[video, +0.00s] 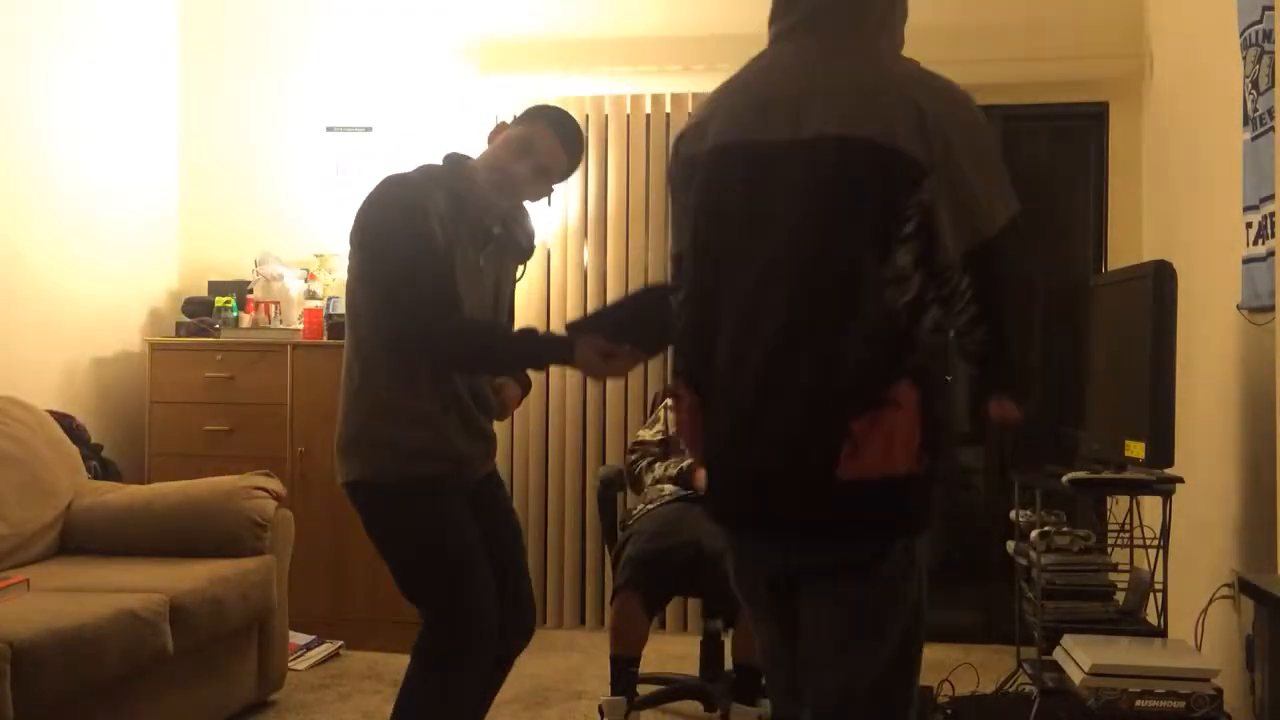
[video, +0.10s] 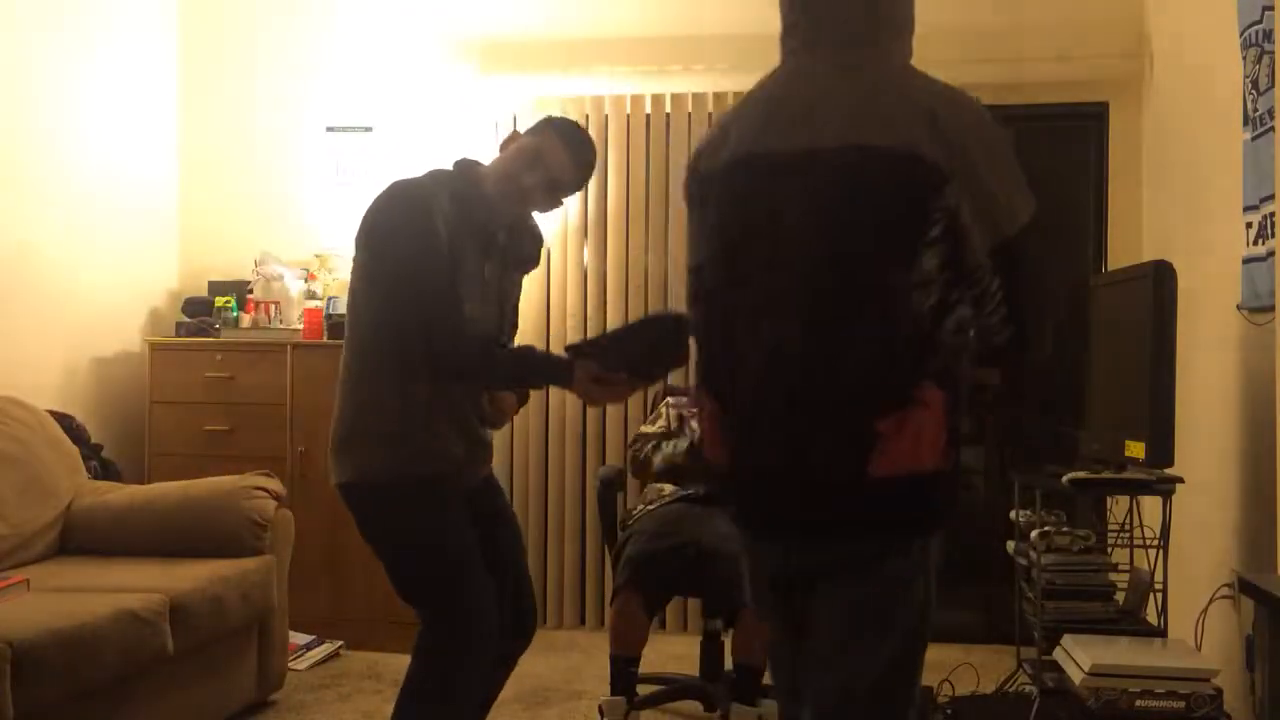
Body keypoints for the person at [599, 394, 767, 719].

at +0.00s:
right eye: (676, 399)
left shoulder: (736, 420)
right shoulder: (673, 400)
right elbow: (639, 464)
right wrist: (690, 471)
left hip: (728, 507)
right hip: (665, 503)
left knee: (750, 586)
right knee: (632, 580)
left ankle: (747, 694)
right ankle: (622, 692)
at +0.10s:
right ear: (700, 375)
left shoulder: (744, 416)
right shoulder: (674, 405)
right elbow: (639, 456)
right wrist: (694, 444)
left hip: (729, 507)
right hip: (665, 503)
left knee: (752, 593)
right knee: (632, 581)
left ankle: (744, 702)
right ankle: (622, 694)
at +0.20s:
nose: (717, 370)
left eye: (726, 366)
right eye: (714, 364)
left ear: (743, 376)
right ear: (705, 371)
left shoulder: (756, 414)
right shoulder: (678, 407)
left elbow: (756, 472)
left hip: (736, 509)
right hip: (671, 504)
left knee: (755, 587)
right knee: (634, 576)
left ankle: (745, 702)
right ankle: (621, 695)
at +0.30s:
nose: (722, 362)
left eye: (733, 355)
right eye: (716, 355)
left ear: (751, 364)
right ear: (706, 361)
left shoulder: (766, 404)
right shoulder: (683, 398)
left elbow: (778, 469)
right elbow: (662, 416)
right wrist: (703, 380)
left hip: (747, 506)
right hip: (677, 501)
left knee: (756, 581)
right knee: (636, 569)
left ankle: (745, 702)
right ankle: (621, 694)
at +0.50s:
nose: (737, 360)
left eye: (747, 354)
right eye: (727, 353)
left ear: (758, 368)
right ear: (712, 365)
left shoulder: (773, 406)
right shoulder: (688, 400)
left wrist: (773, 374)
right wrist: (708, 363)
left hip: (749, 504)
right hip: (682, 500)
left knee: (755, 577)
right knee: (637, 564)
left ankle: (743, 702)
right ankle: (621, 693)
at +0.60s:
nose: (745, 360)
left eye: (752, 356)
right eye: (734, 353)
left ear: (759, 371)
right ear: (716, 370)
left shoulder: (776, 409)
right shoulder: (690, 404)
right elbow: (673, 392)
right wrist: (718, 358)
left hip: (750, 506)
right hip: (680, 502)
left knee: (757, 578)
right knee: (638, 566)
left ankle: (744, 703)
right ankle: (621, 695)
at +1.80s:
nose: (731, 352)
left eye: (740, 352)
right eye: (722, 350)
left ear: (755, 372)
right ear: (708, 367)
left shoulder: (779, 409)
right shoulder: (686, 398)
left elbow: (820, 453)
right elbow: (676, 418)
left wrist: (819, 460)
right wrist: (715, 364)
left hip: (749, 507)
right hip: (678, 502)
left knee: (757, 577)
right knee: (638, 566)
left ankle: (745, 705)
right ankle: (621, 697)